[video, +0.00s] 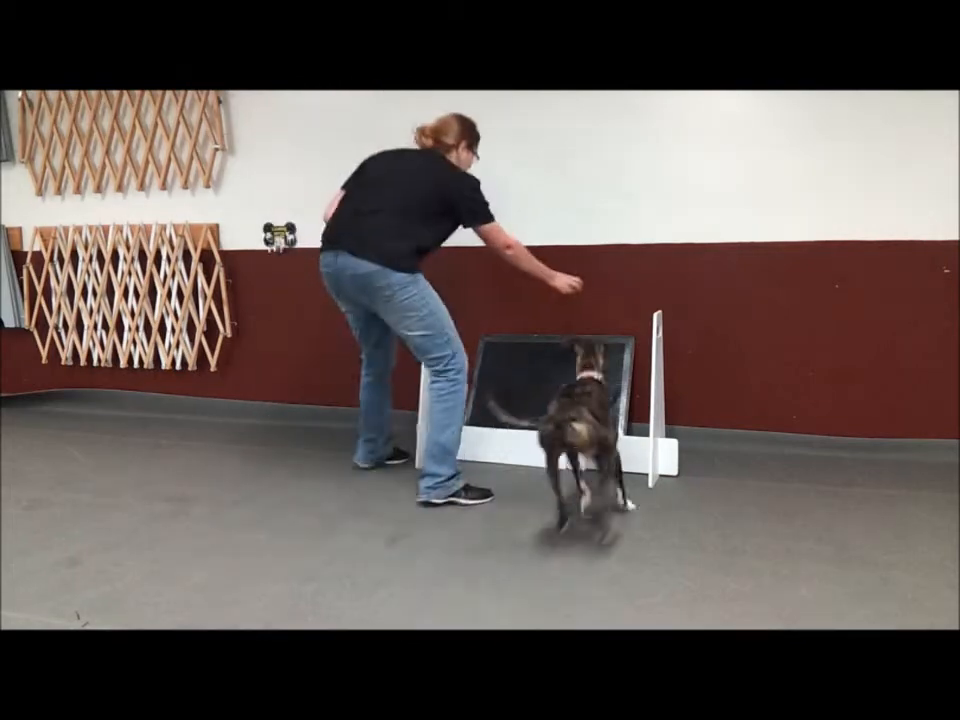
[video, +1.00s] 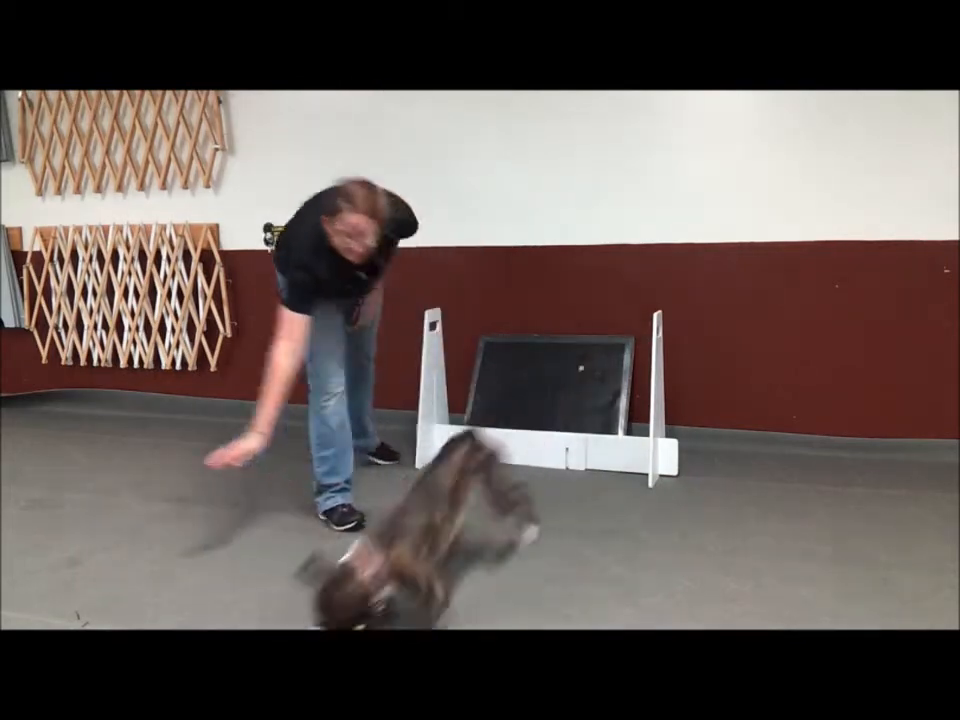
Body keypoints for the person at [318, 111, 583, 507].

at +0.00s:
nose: (472, 162)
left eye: (473, 155)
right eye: (472, 154)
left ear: (430, 140)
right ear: (459, 147)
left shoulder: (382, 159)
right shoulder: (459, 182)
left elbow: (331, 213)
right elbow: (505, 246)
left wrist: (366, 245)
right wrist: (552, 277)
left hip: (336, 262)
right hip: (386, 270)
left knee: (376, 354)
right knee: (448, 364)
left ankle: (372, 450)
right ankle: (440, 483)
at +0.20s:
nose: (468, 187)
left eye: (471, 180)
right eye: (469, 179)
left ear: (430, 163)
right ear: (455, 171)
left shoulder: (390, 176)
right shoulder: (449, 203)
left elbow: (347, 205)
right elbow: (464, 266)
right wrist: (495, 260)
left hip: (326, 267)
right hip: (374, 275)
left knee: (378, 353)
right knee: (455, 352)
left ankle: (374, 452)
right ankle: (445, 469)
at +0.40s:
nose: (479, 215)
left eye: (481, 207)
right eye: (479, 206)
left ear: (448, 195)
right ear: (464, 201)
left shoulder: (412, 209)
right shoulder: (444, 233)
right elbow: (419, 303)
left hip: (319, 260)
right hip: (348, 268)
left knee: (379, 349)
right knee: (427, 349)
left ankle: (375, 452)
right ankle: (437, 471)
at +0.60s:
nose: (485, 253)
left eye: (487, 245)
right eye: (482, 245)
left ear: (455, 236)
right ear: (458, 239)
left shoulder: (424, 237)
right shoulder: (432, 270)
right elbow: (440, 361)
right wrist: (459, 428)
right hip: (321, 279)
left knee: (389, 360)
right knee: (386, 365)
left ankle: (377, 449)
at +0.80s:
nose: (446, 284)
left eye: (452, 276)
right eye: (438, 275)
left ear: (460, 267)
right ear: (414, 263)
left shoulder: (422, 242)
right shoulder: (386, 283)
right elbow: (388, 371)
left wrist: (364, 309)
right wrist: (393, 455)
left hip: (343, 273)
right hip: (301, 276)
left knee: (366, 370)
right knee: (340, 373)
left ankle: (365, 463)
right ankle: (336, 496)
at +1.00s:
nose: (358, 247)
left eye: (365, 238)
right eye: (348, 237)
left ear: (380, 230)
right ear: (328, 227)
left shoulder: (398, 220)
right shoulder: (304, 248)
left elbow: (387, 253)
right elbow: (288, 343)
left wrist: (375, 289)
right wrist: (260, 431)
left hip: (364, 287)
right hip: (318, 292)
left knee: (362, 364)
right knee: (330, 387)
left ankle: (363, 440)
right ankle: (334, 496)